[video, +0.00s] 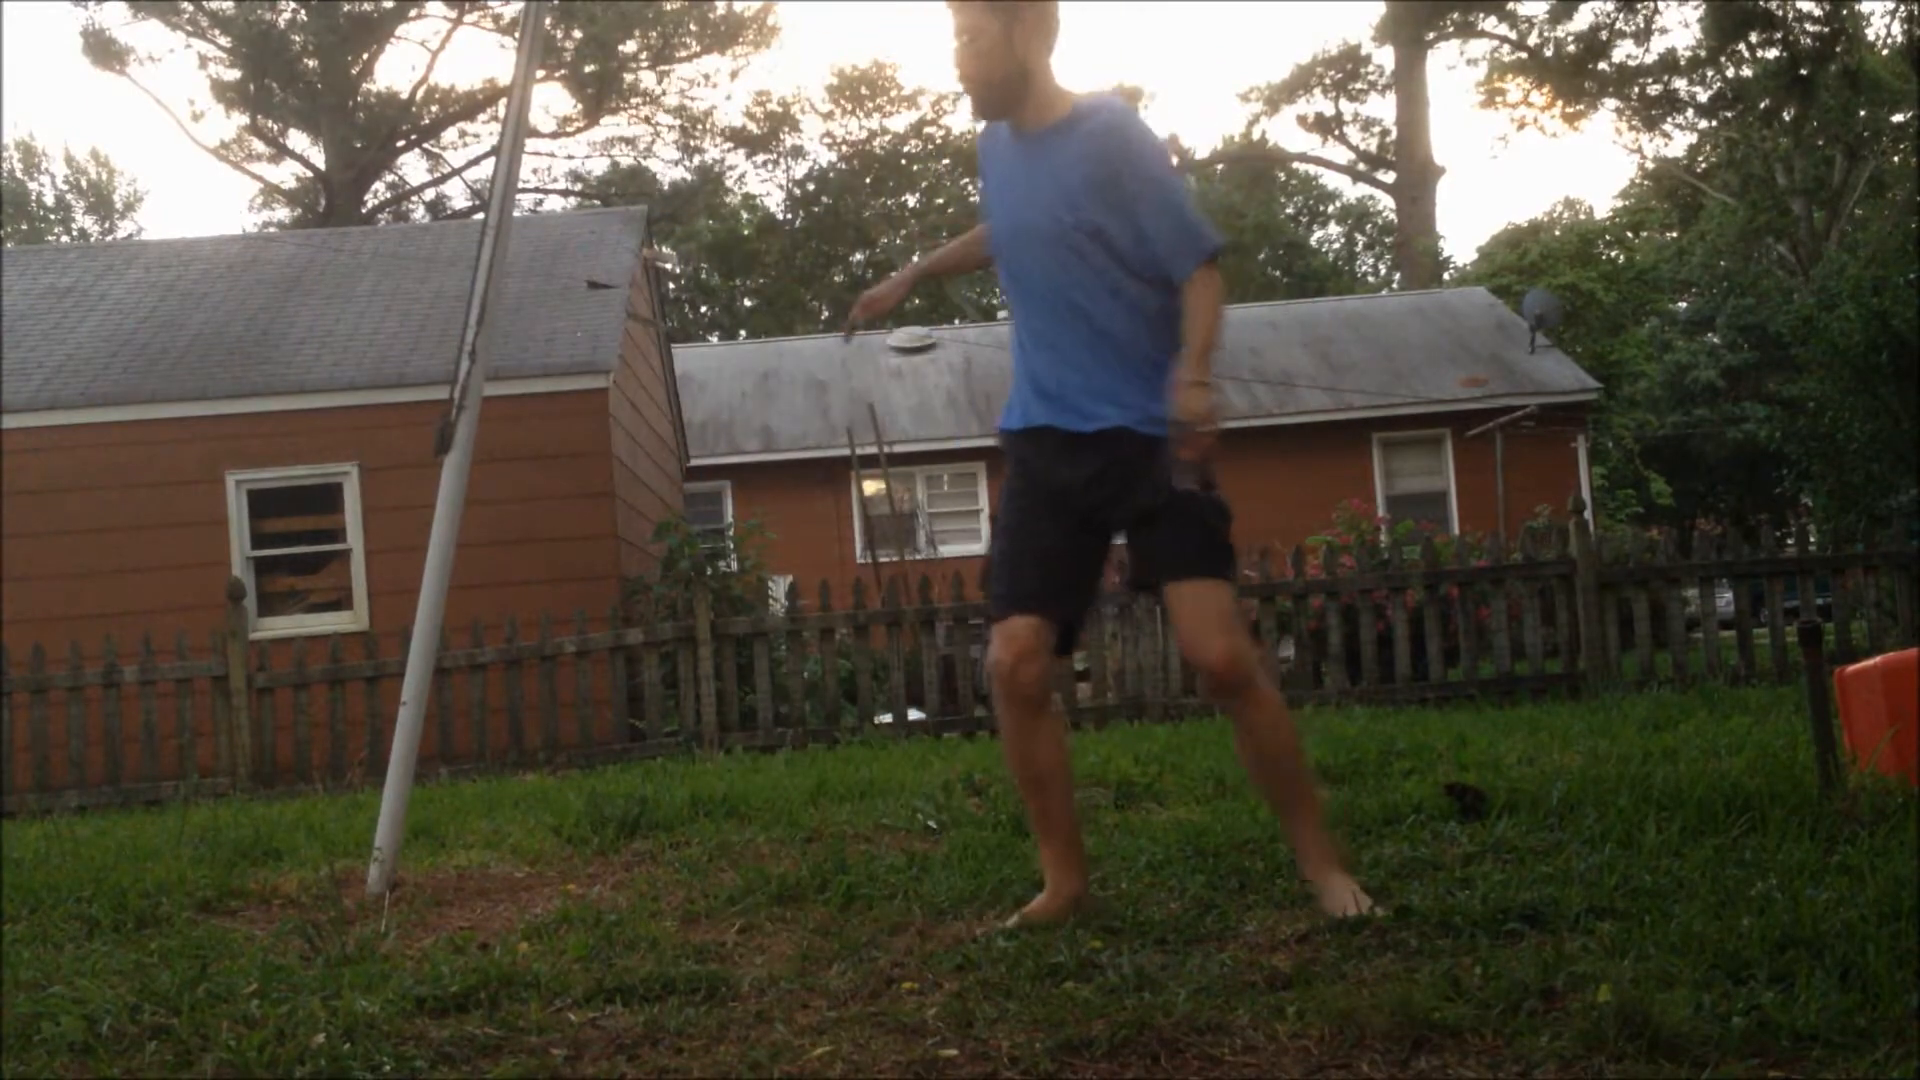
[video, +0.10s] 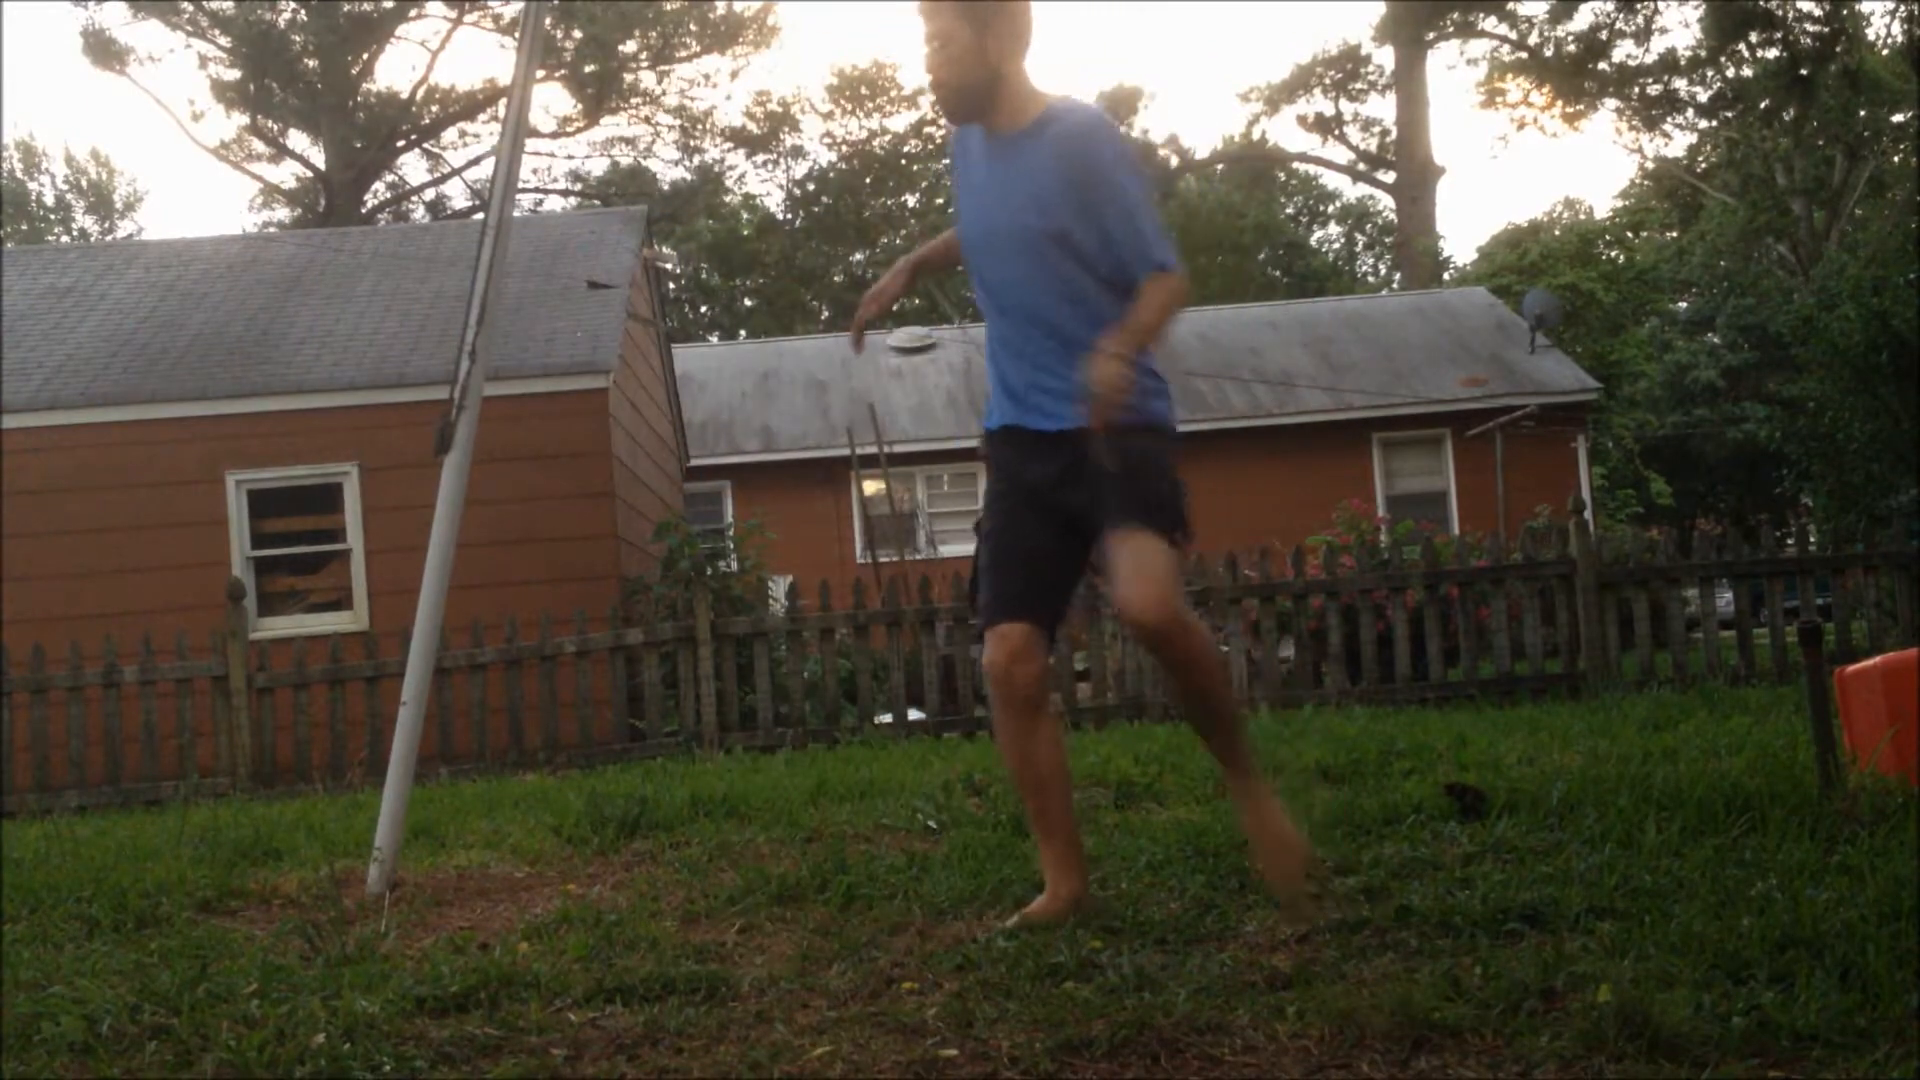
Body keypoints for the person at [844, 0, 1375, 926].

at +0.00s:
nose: (958, 49)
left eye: (971, 27)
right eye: (955, 31)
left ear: (1030, 28)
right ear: (975, 38)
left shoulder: (1111, 132)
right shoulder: (993, 145)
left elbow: (1201, 265)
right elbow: (1010, 231)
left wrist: (1193, 369)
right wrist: (911, 274)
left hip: (1153, 432)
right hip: (1045, 439)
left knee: (1220, 657)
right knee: (1017, 664)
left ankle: (1324, 869)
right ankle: (1063, 886)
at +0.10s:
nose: (928, 61)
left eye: (941, 37)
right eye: (925, 41)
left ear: (1001, 37)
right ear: (947, 47)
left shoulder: (1082, 136)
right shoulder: (966, 145)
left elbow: (1167, 278)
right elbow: (989, 233)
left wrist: (1117, 344)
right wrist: (908, 267)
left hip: (1119, 424)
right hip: (1022, 434)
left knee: (1147, 605)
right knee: (1010, 663)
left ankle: (1253, 797)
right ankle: (1064, 887)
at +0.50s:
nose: (893, 30)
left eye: (912, 12)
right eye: (895, 13)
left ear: (967, 21)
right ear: (934, 27)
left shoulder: (1009, 120)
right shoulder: (946, 132)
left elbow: (1056, 278)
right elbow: (994, 285)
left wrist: (934, 356)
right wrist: (953, 387)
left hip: (1043, 396)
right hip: (994, 401)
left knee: (894, 554)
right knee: (941, 658)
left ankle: (1090, 612)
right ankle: (1032, 886)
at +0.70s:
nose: (946, 25)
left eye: (958, 8)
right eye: (948, 10)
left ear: (1009, 14)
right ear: (999, 22)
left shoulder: (1049, 104)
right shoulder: (994, 119)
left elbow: (1085, 241)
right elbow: (1011, 253)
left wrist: (957, 258)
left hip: (1012, 360)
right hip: (1002, 372)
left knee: (781, 367)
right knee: (936, 623)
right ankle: (1016, 862)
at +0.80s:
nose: (993, 20)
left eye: (1003, 5)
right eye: (993, 7)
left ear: (1046, 7)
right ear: (1032, 17)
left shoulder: (1088, 84)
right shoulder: (1036, 111)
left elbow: (1079, 226)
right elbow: (1029, 250)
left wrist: (946, 235)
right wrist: (944, 270)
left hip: (1026, 344)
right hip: (1009, 354)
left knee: (794, 336)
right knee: (935, 614)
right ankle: (1026, 845)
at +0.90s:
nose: (1034, 47)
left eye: (1049, 28)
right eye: (1037, 30)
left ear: (1100, 35)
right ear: (1088, 39)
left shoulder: (1107, 136)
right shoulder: (1089, 141)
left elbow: (994, 229)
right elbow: (1049, 248)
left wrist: (837, 258)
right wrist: (949, 206)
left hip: (1025, 380)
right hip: (1030, 403)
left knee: (805, 289)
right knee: (927, 651)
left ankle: (547, 320)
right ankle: (1032, 877)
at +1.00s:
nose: (1062, 87)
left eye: (1080, 72)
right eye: (1069, 70)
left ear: (1125, 89)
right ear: (1134, 95)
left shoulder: (1101, 167)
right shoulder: (1151, 188)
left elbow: (936, 225)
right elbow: (1021, 242)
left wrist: (783, 250)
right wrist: (982, 169)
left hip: (1037, 408)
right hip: (1068, 447)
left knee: (834, 266)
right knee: (939, 673)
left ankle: (614, 369)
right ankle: (1032, 892)